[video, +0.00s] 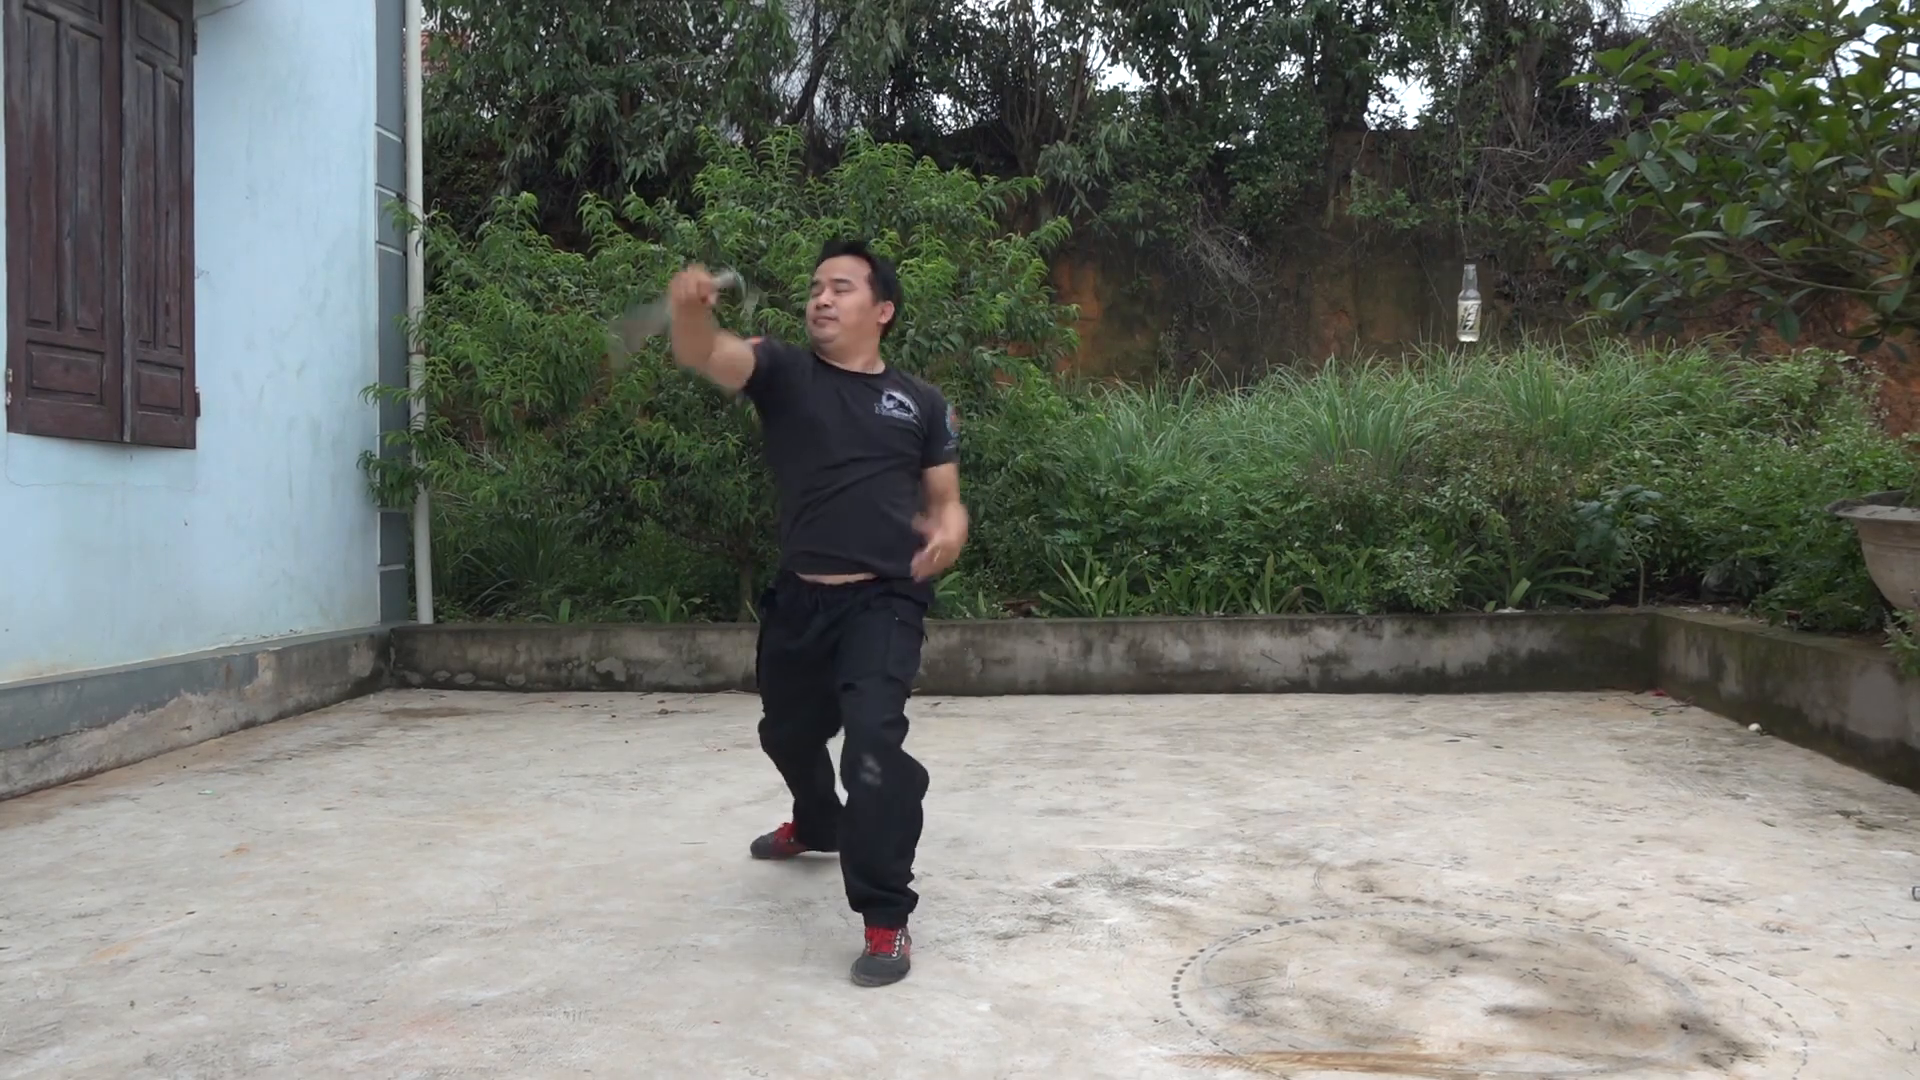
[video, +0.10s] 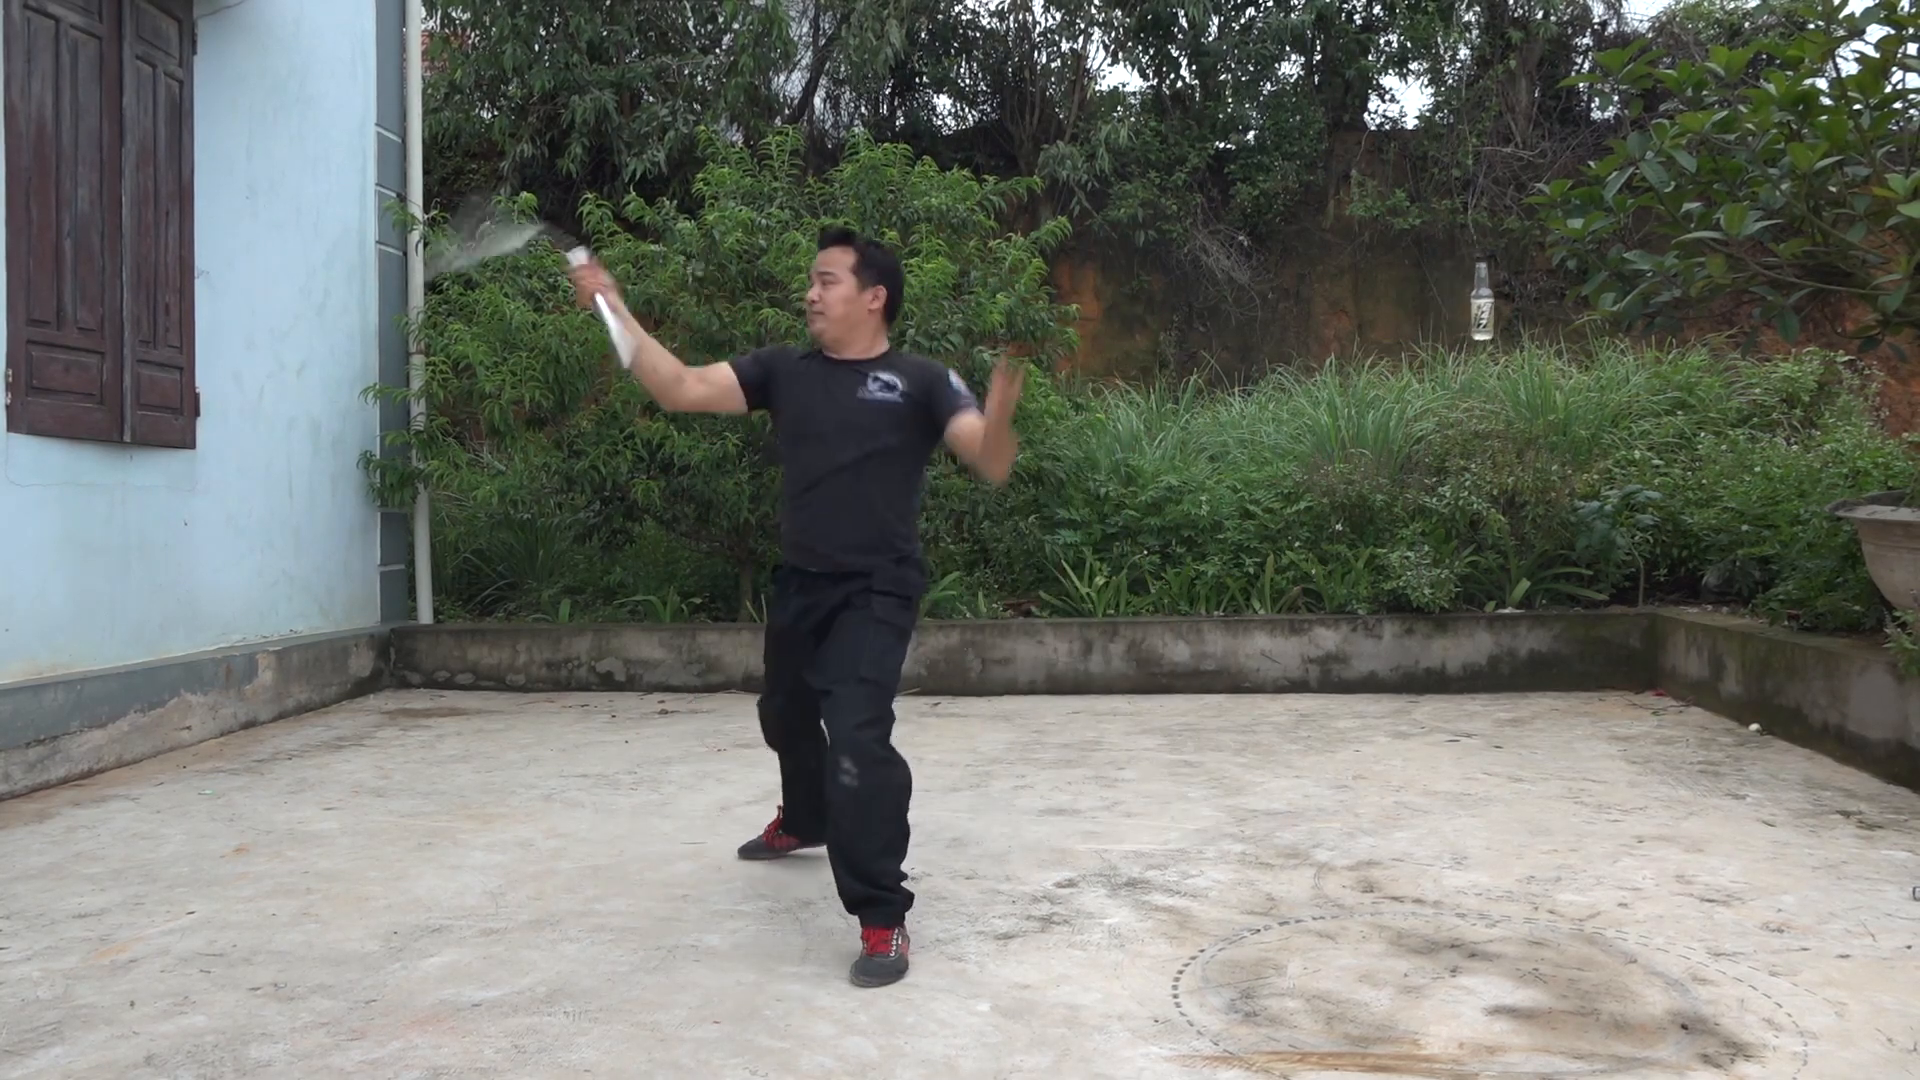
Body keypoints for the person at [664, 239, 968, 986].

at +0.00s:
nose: (821, 299)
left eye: (841, 288)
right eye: (816, 289)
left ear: (883, 310)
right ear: (808, 308)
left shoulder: (922, 404)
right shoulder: (784, 370)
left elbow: (946, 500)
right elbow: (703, 351)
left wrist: (947, 535)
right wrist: (689, 308)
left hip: (882, 598)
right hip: (799, 599)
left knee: (874, 747)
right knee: (789, 736)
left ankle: (885, 919)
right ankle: (819, 821)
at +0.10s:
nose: (811, 293)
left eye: (828, 281)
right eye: (812, 281)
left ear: (875, 297)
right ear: (825, 297)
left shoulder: (923, 380)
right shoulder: (788, 369)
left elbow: (992, 464)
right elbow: (679, 387)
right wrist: (615, 312)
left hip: (878, 587)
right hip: (799, 583)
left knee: (857, 739)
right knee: (785, 713)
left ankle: (881, 918)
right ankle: (805, 817)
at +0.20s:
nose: (801, 284)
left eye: (815, 272)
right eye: (801, 272)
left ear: (863, 286)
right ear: (819, 285)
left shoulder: (895, 346)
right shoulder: (798, 356)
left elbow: (964, 337)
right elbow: (722, 385)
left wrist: (936, 229)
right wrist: (650, 328)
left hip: (873, 567)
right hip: (801, 568)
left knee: (873, 721)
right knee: (804, 698)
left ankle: (909, 904)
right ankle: (815, 793)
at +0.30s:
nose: (783, 317)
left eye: (796, 302)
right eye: (782, 304)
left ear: (842, 309)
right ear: (806, 315)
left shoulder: (864, 378)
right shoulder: (813, 385)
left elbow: (858, 328)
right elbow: (781, 398)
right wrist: (730, 405)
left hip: (866, 581)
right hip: (811, 582)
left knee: (859, 730)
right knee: (805, 697)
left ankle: (929, 899)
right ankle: (827, 789)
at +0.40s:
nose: (773, 366)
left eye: (789, 354)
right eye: (774, 353)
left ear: (834, 368)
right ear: (828, 372)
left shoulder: (834, 422)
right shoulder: (864, 418)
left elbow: (752, 442)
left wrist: (687, 437)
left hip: (854, 612)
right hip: (841, 610)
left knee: (879, 743)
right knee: (802, 699)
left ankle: (949, 906)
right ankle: (843, 805)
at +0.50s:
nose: (757, 404)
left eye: (769, 392)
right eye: (755, 392)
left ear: (813, 398)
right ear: (815, 402)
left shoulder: (794, 456)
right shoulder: (869, 438)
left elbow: (693, 494)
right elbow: (912, 452)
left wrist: (630, 506)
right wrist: (899, 444)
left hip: (862, 624)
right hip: (834, 627)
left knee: (869, 739)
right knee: (789, 705)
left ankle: (950, 909)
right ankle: (840, 806)